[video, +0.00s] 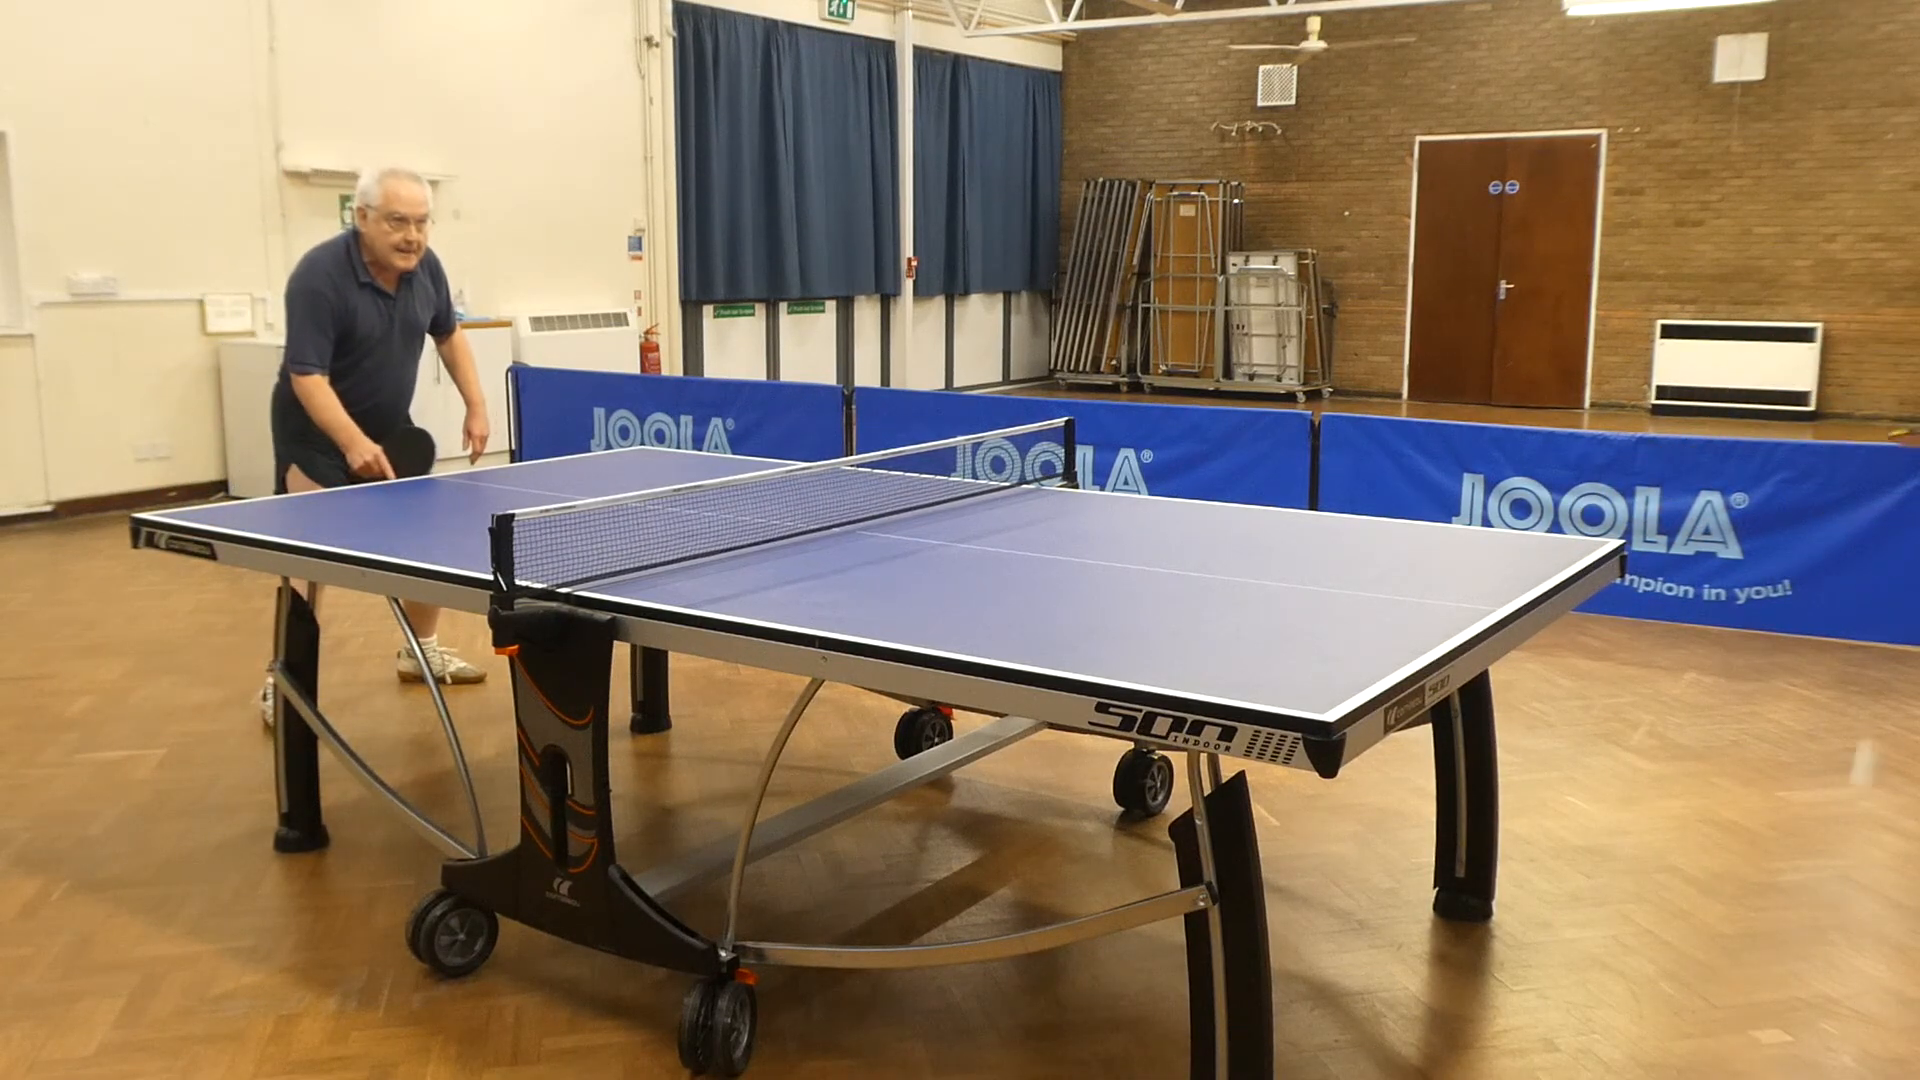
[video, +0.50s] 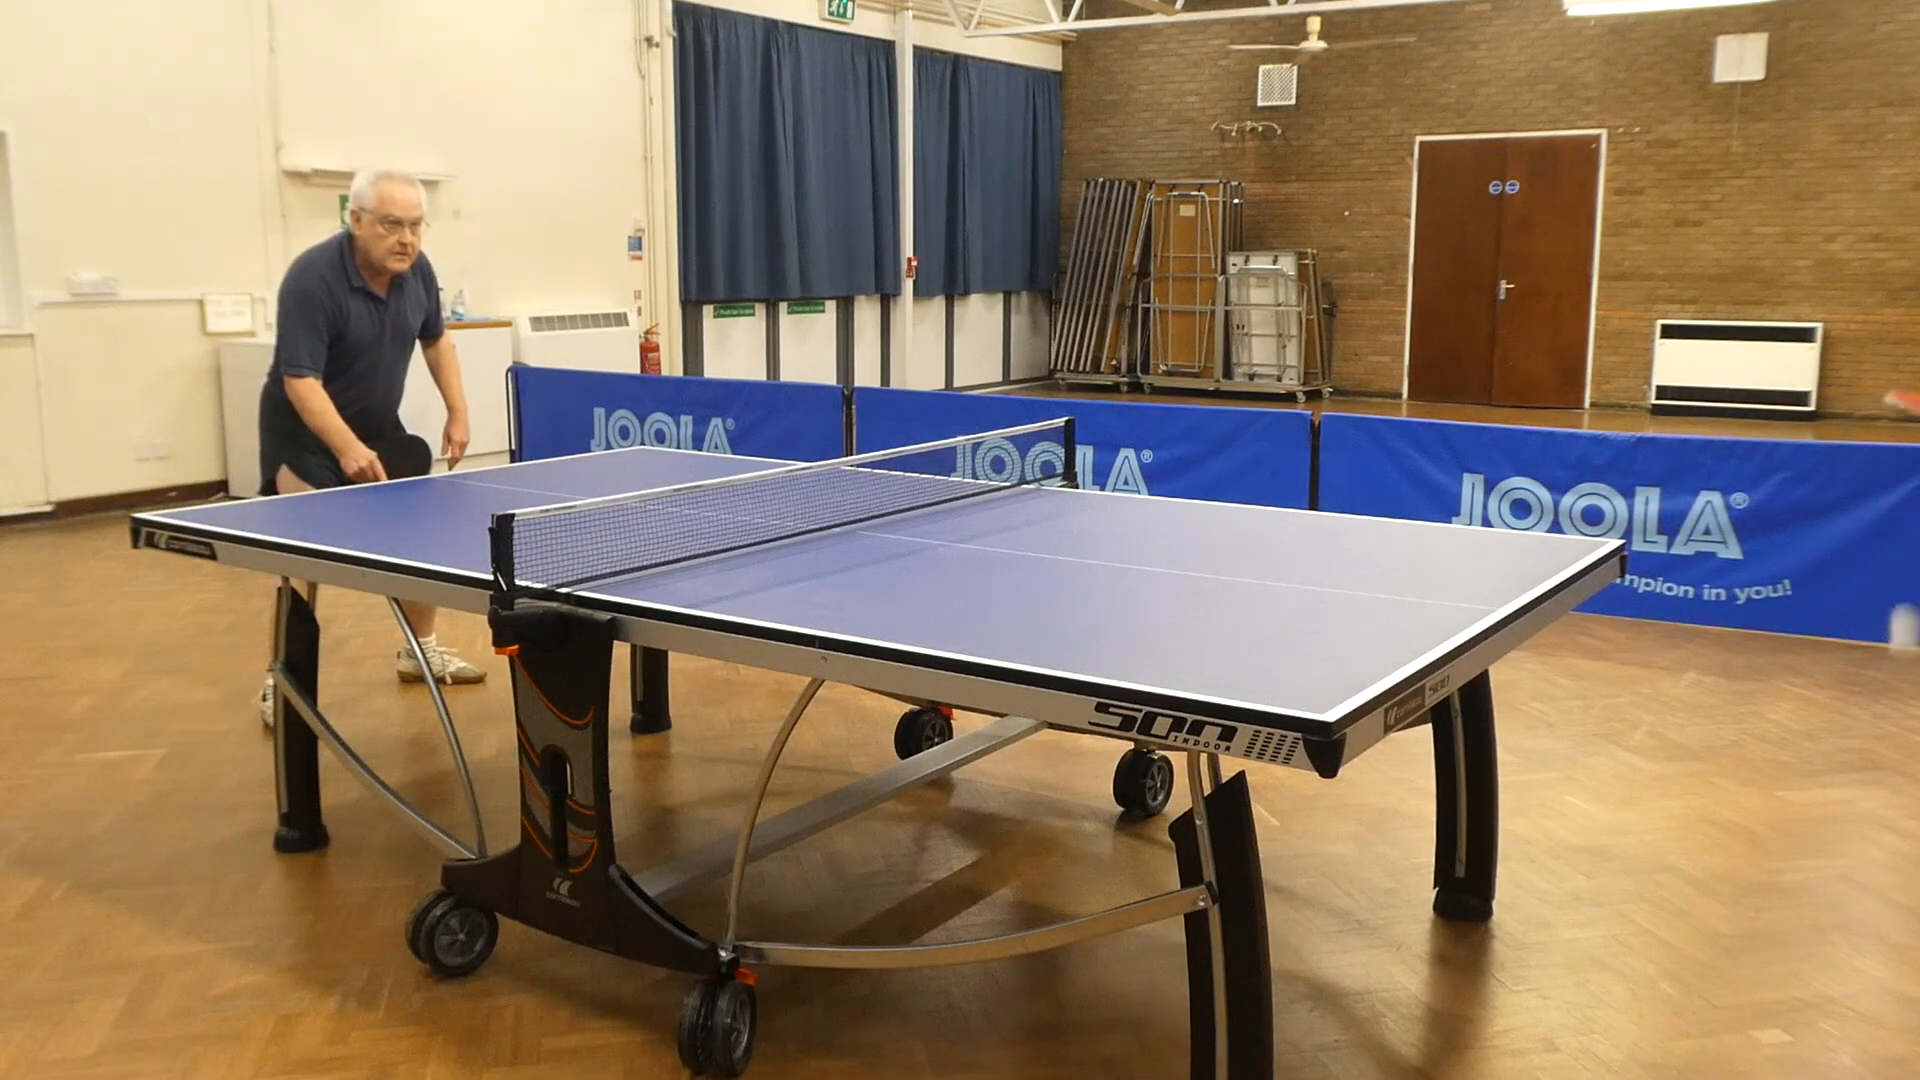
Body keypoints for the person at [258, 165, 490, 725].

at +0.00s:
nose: (413, 236)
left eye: (421, 223)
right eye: (397, 223)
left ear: (430, 222)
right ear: (362, 219)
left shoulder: (425, 268)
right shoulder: (320, 275)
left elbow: (449, 333)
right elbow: (305, 375)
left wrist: (475, 405)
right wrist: (353, 442)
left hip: (390, 426)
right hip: (317, 429)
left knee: (425, 533)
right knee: (309, 556)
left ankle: (421, 645)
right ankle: (285, 679)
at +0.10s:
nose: (412, 236)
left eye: (421, 224)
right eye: (397, 223)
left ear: (429, 222)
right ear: (362, 220)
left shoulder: (423, 269)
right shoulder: (319, 276)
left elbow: (445, 336)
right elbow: (307, 376)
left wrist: (470, 407)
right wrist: (358, 441)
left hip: (385, 423)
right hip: (313, 427)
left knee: (420, 532)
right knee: (305, 556)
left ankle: (420, 646)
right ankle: (284, 679)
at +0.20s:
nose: (411, 238)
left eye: (420, 225)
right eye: (396, 224)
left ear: (427, 224)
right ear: (360, 221)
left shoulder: (422, 270)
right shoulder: (318, 275)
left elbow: (442, 337)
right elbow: (306, 378)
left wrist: (464, 407)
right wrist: (358, 441)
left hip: (384, 427)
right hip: (311, 429)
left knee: (419, 532)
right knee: (303, 557)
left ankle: (420, 646)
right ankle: (283, 680)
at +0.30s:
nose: (410, 239)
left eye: (418, 226)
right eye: (395, 226)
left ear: (426, 224)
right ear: (359, 222)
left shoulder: (420, 272)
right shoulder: (316, 276)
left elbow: (439, 338)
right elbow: (304, 377)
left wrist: (461, 409)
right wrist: (356, 444)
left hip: (382, 427)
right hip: (309, 430)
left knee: (420, 529)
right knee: (302, 555)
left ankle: (420, 646)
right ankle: (282, 680)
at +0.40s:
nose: (409, 239)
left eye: (417, 226)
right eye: (393, 225)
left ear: (425, 225)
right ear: (358, 222)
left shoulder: (418, 271)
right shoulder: (314, 277)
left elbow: (437, 339)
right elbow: (302, 379)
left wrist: (459, 409)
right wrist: (351, 445)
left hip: (379, 425)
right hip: (307, 428)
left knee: (420, 525)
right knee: (302, 553)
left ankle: (420, 646)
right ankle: (283, 680)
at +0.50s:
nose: (407, 239)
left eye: (416, 226)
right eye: (392, 225)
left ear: (424, 225)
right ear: (356, 222)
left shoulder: (417, 272)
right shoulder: (313, 278)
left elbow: (436, 339)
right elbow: (298, 379)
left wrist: (457, 409)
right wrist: (347, 446)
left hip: (379, 427)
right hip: (306, 429)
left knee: (420, 524)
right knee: (302, 552)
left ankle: (420, 646)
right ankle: (282, 680)